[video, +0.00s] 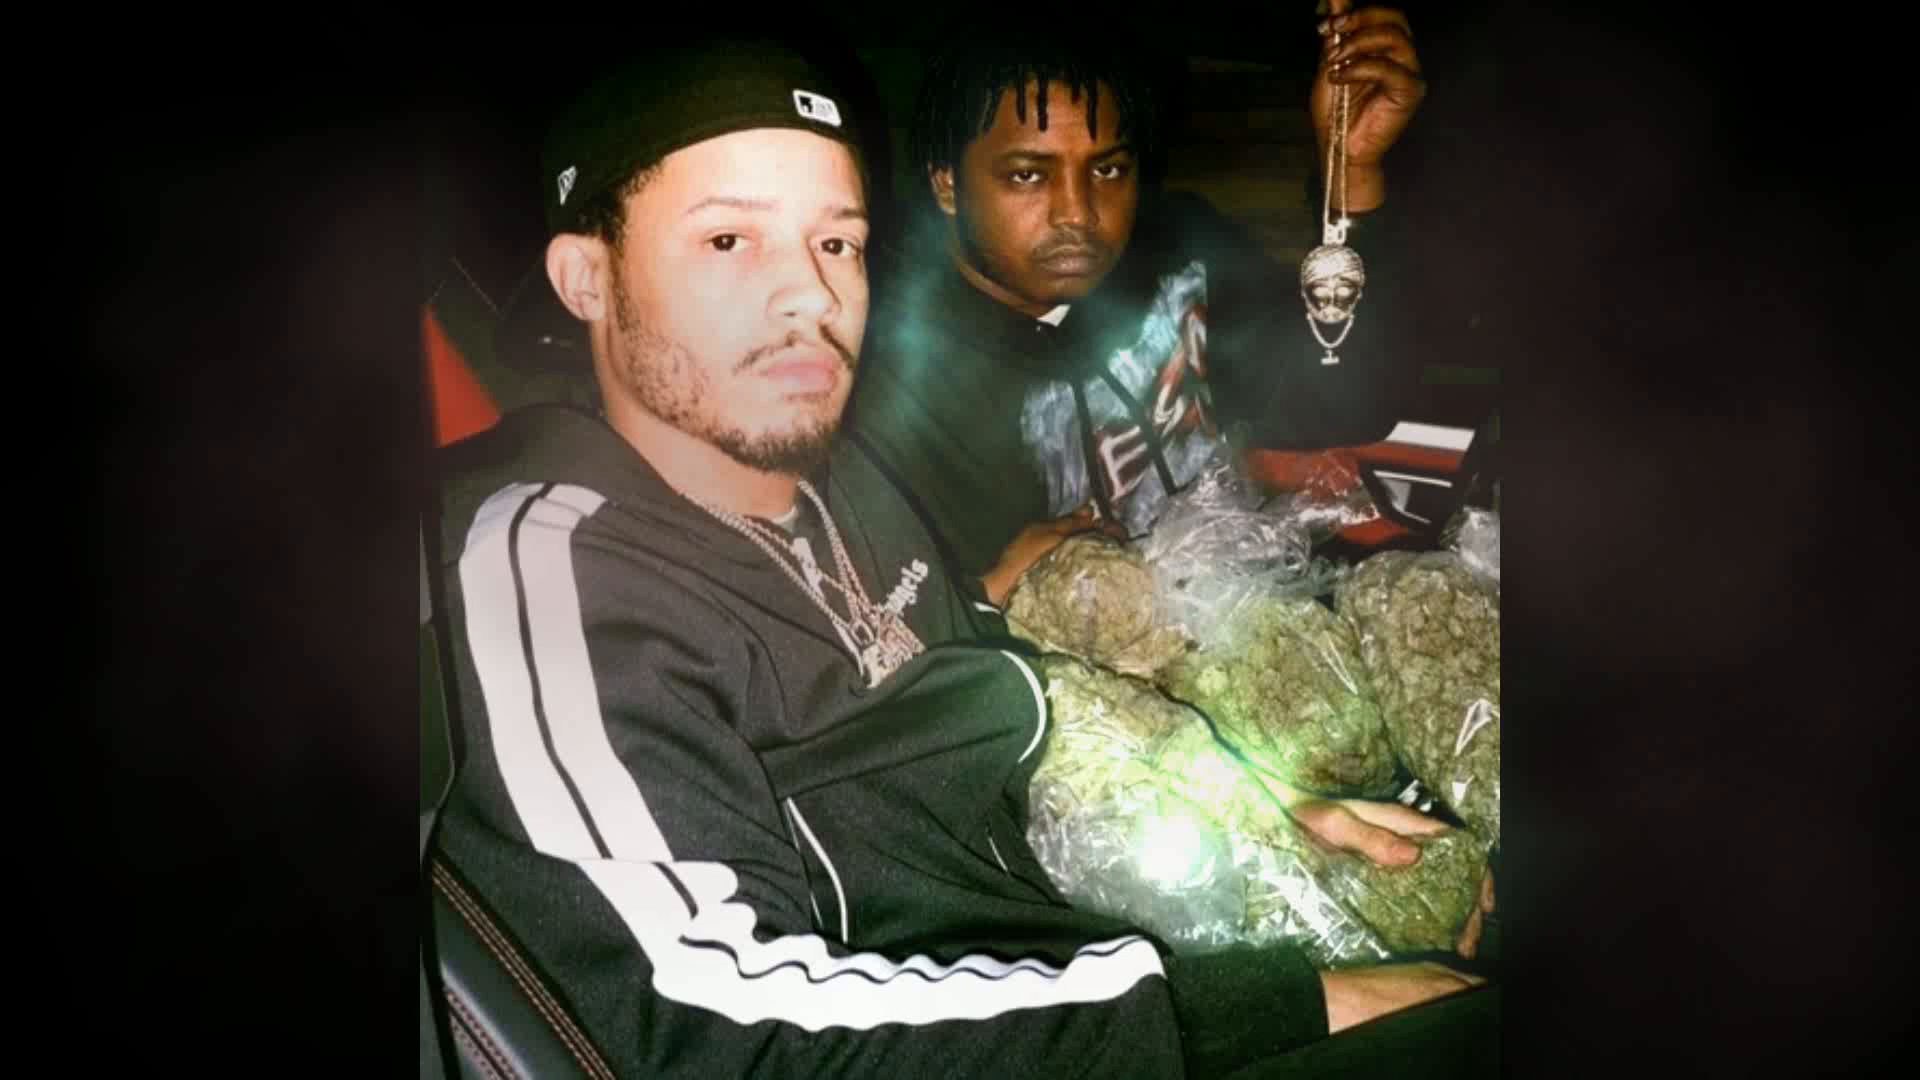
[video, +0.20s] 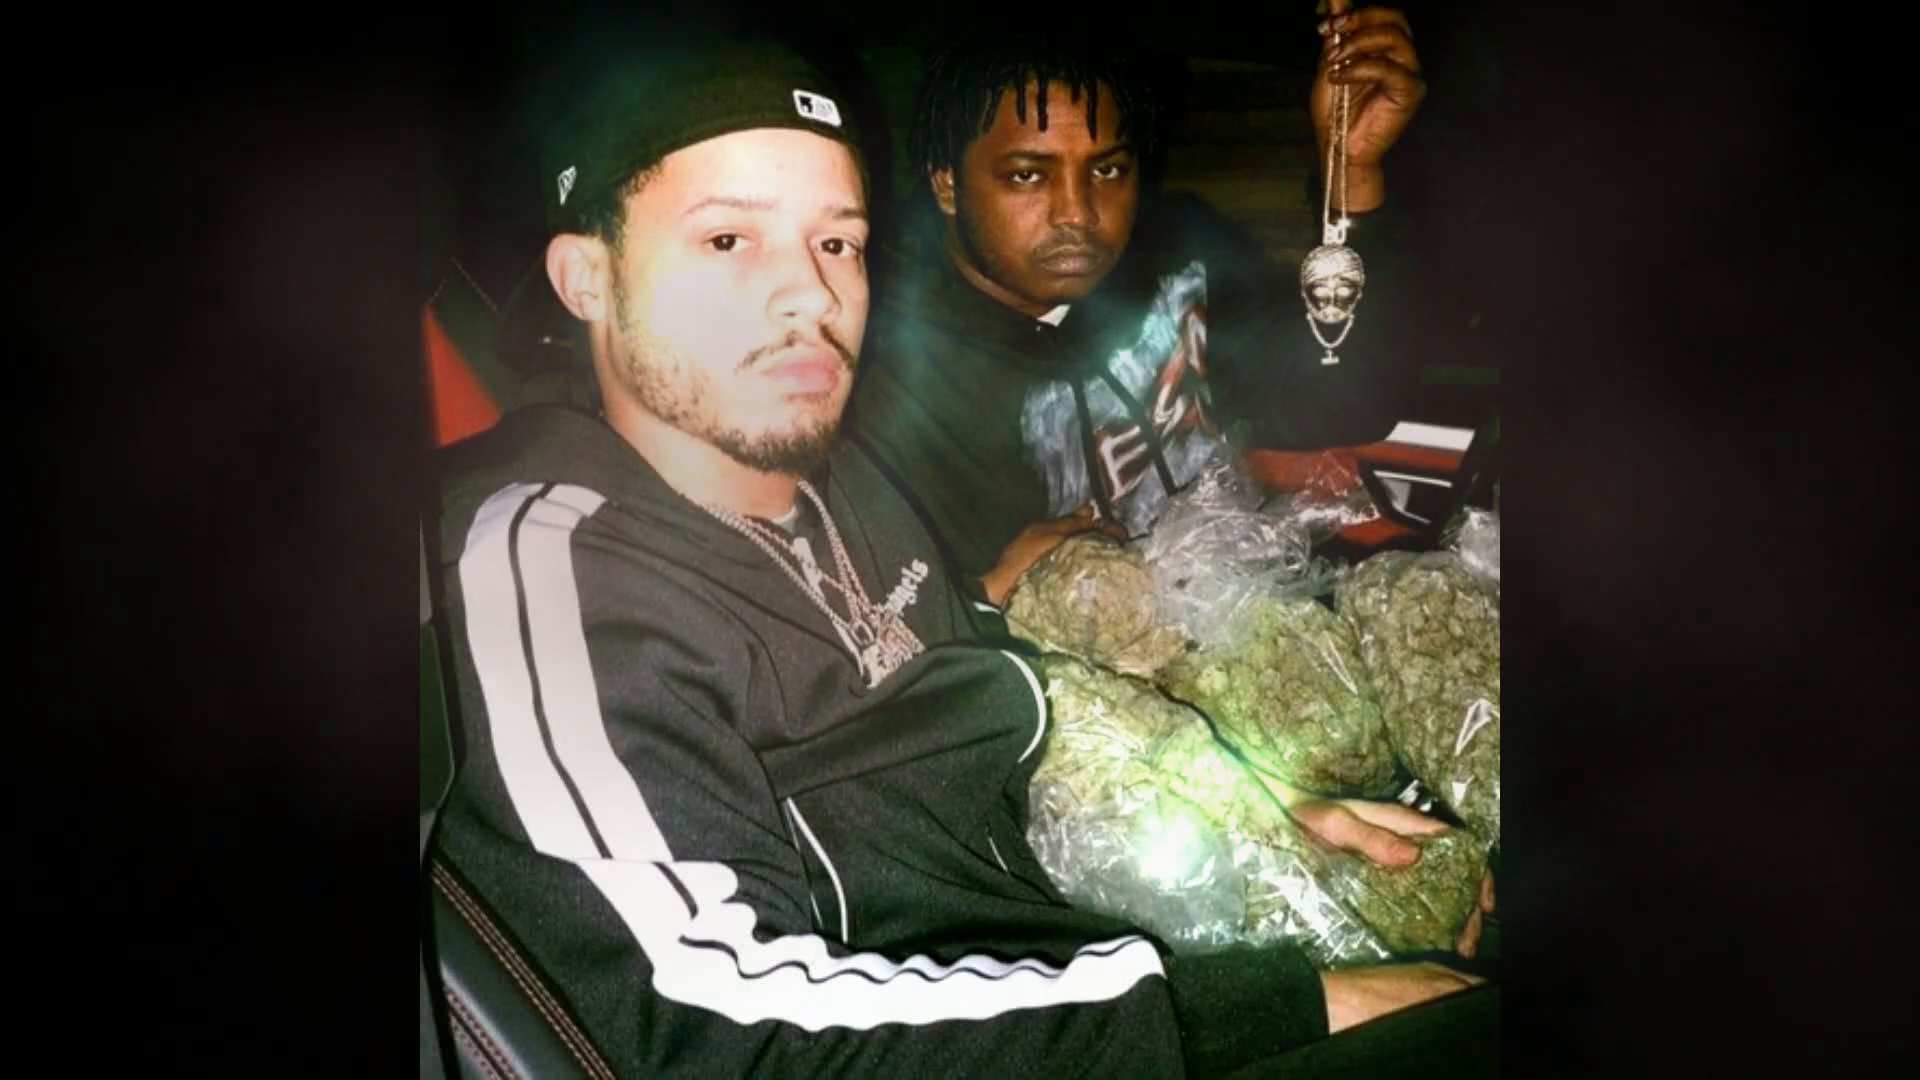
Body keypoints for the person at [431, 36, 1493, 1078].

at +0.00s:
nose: (813, 304)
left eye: (835, 251)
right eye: (730, 244)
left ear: (868, 269)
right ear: (587, 283)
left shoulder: (837, 481)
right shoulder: (538, 556)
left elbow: (1010, 765)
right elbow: (713, 1016)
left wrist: (1275, 835)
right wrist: (1274, 1005)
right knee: (1459, 1014)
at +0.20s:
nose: (813, 303)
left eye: (837, 248)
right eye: (729, 244)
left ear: (868, 266)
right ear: (584, 280)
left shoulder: (837, 483)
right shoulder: (536, 553)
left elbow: (1015, 742)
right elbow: (712, 1018)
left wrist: (1271, 827)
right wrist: (1273, 1014)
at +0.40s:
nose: (813, 303)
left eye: (837, 244)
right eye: (727, 240)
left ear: (869, 260)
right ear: (583, 276)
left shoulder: (830, 477)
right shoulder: (534, 553)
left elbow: (1013, 735)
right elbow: (710, 1016)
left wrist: (1270, 831)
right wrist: (1268, 1010)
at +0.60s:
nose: (812, 302)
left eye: (837, 244)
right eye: (728, 240)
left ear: (868, 262)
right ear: (584, 275)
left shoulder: (832, 476)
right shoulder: (532, 552)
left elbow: (1008, 736)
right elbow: (706, 1017)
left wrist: (1265, 831)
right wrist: (1277, 1010)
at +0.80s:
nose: (813, 303)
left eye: (837, 248)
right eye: (727, 243)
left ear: (868, 267)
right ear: (584, 279)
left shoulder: (832, 481)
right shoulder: (534, 554)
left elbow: (1006, 750)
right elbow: (700, 1025)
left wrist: (1263, 830)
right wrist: (1275, 1012)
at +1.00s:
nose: (812, 305)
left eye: (836, 249)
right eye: (728, 245)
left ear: (867, 266)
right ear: (585, 280)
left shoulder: (835, 483)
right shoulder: (532, 560)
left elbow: (1003, 754)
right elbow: (700, 1021)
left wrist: (1264, 831)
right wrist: (1273, 1008)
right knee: (1450, 1009)